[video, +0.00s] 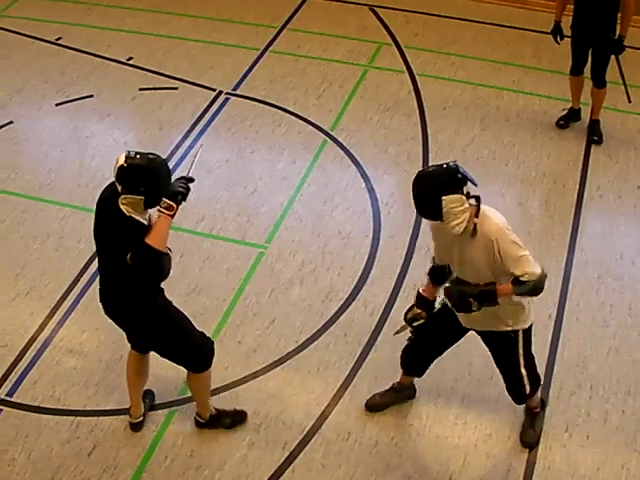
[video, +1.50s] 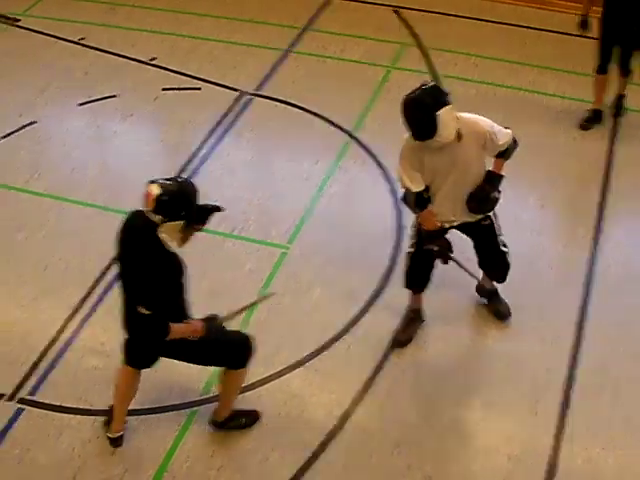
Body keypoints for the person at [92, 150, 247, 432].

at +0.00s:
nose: (155, 202)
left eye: (156, 196)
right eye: (153, 197)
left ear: (127, 182)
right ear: (140, 196)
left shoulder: (109, 196)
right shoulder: (127, 228)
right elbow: (152, 269)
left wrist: (164, 196)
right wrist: (168, 210)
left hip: (113, 297)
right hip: (142, 306)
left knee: (140, 344)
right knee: (200, 350)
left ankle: (135, 412)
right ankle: (205, 413)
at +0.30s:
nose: (163, 208)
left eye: (160, 203)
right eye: (158, 204)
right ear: (143, 208)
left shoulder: (128, 206)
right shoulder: (120, 236)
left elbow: (162, 223)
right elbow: (146, 279)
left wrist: (174, 248)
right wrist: (148, 236)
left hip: (137, 295)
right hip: (161, 308)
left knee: (144, 338)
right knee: (219, 356)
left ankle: (121, 401)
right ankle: (226, 424)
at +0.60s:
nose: (137, 217)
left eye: (136, 211)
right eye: (134, 213)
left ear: (110, 210)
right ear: (118, 217)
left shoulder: (105, 218)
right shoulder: (95, 250)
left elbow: (142, 239)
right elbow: (119, 293)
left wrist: (149, 261)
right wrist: (123, 256)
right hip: (142, 318)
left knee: (123, 350)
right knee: (213, 356)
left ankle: (90, 403)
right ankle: (234, 423)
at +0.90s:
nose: (109, 162)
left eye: (114, 165)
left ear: (115, 186)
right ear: (135, 201)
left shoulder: (97, 200)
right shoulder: (120, 236)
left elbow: (129, 217)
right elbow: (153, 279)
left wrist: (154, 235)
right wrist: (168, 222)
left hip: (102, 305)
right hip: (134, 314)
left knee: (99, 353)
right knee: (188, 360)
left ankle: (88, 405)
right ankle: (210, 422)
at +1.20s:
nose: (145, 170)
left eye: (150, 174)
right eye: (153, 169)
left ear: (149, 193)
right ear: (168, 208)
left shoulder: (123, 205)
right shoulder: (155, 249)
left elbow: (153, 232)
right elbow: (169, 312)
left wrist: (183, 229)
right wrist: (220, 282)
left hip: (122, 319)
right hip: (157, 325)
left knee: (110, 357)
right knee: (211, 357)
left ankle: (95, 410)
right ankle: (213, 422)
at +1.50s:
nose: (193, 234)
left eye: (195, 228)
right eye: (191, 227)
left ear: (162, 214)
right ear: (172, 224)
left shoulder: (135, 224)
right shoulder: (164, 264)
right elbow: (150, 329)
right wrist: (190, 329)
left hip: (136, 329)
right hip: (166, 334)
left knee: (133, 363)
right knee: (240, 346)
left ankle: (115, 427)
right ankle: (223, 415)